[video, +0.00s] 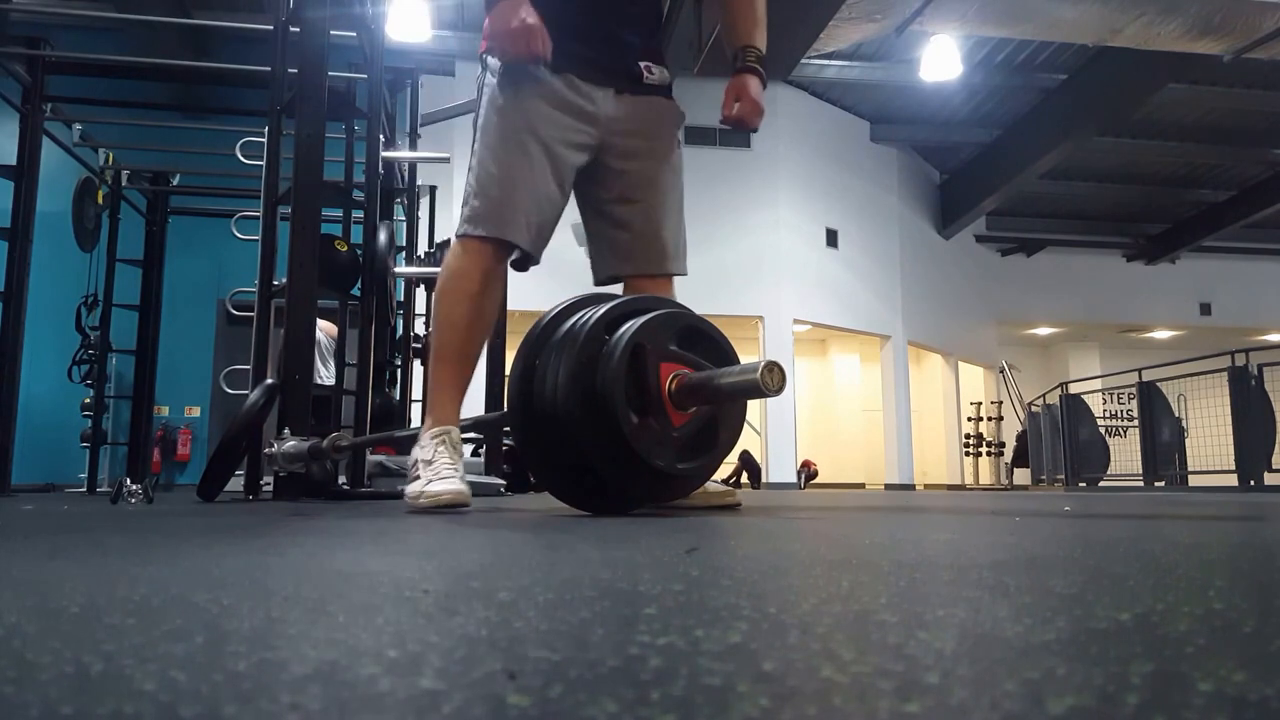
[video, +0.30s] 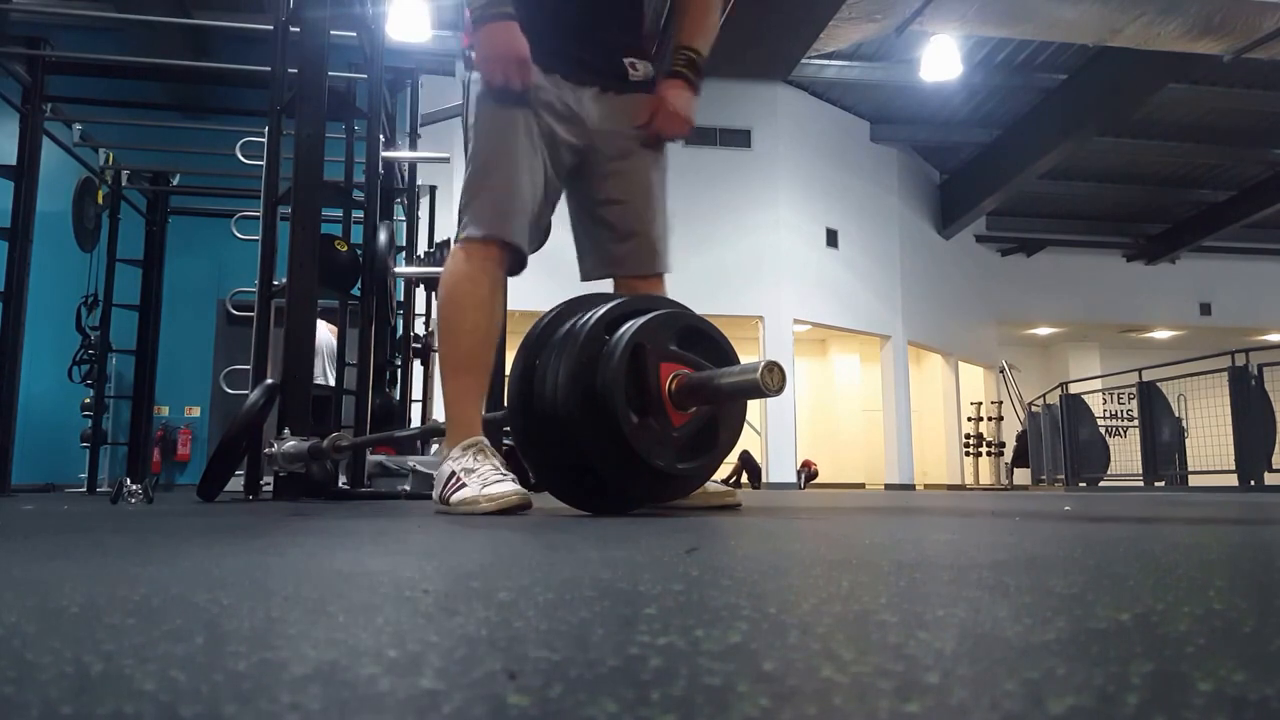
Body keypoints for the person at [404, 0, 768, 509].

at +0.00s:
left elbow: (742, 1)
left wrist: (749, 61)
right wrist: (506, 1)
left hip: (643, 81)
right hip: (542, 62)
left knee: (651, 270)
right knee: (487, 237)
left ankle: (666, 461)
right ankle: (439, 439)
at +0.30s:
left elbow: (705, 2)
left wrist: (684, 70)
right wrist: (491, 14)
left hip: (633, 83)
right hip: (528, 67)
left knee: (643, 270)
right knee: (486, 241)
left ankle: (661, 463)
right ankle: (464, 450)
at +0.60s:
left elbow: (698, 4)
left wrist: (676, 51)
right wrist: (471, 8)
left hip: (612, 61)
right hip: (508, 46)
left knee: (633, 238)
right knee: (480, 232)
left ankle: (647, 461)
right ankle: (466, 453)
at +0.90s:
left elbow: (714, 26)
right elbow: (485, 4)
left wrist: (689, 140)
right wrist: (513, 124)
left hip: (586, 84)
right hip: (476, 64)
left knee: (631, 240)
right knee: (465, 232)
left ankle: (648, 459)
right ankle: (438, 452)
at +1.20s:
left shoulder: (704, 4)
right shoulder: (533, 5)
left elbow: (666, 107)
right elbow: (523, 138)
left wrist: (634, 200)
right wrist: (542, 304)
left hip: (571, 111)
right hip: (461, 85)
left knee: (638, 235)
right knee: (473, 203)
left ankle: (645, 455)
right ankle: (438, 453)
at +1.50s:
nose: (717, 2)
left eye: (725, 1)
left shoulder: (727, 24)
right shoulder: (552, 10)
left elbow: (672, 153)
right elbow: (526, 168)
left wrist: (633, 217)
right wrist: (549, 321)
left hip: (579, 121)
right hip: (470, 95)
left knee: (650, 238)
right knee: (483, 211)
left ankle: (646, 455)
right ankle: (438, 454)